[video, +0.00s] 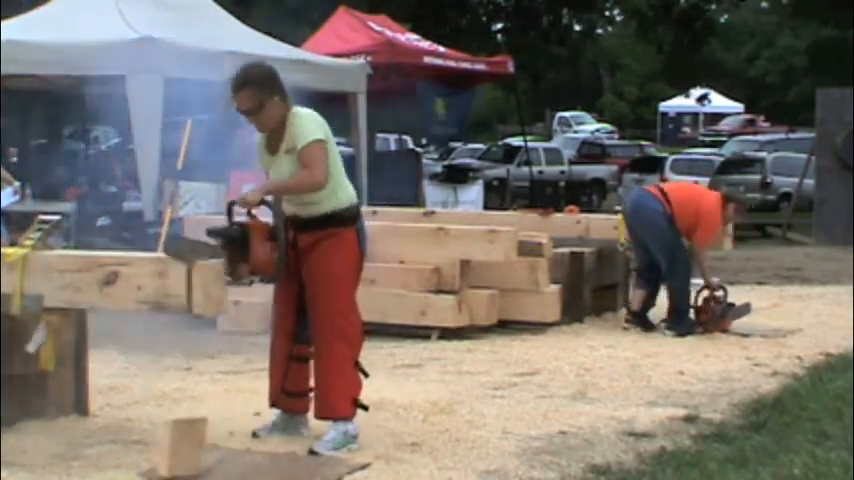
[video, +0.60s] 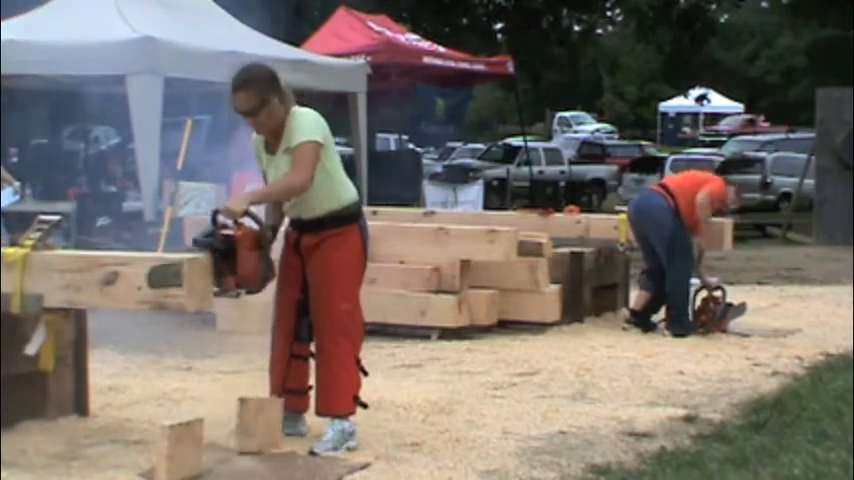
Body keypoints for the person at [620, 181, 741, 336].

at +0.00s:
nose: (733, 219)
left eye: (737, 215)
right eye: (735, 214)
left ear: (726, 203)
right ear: (730, 207)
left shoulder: (707, 197)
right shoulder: (714, 214)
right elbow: (697, 250)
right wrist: (708, 280)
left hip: (636, 200)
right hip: (654, 210)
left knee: (649, 266)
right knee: (678, 267)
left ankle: (636, 313)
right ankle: (678, 321)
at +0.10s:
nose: (731, 212)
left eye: (733, 208)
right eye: (732, 207)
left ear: (717, 192)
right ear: (726, 199)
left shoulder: (700, 192)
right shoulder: (714, 209)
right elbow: (700, 248)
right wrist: (706, 280)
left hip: (637, 210)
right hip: (658, 219)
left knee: (658, 269)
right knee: (690, 269)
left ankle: (637, 313)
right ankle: (680, 321)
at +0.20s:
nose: (729, 191)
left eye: (731, 188)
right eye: (730, 186)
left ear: (716, 171)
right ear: (727, 178)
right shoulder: (716, 182)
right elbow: (708, 219)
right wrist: (708, 253)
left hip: (641, 210)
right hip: (660, 214)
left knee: (665, 271)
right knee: (693, 271)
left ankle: (639, 313)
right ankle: (683, 323)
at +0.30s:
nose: (730, 190)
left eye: (732, 186)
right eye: (731, 183)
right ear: (726, 171)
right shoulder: (714, 163)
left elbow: (699, 247)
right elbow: (702, 177)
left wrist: (711, 276)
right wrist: (706, 216)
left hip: (645, 200)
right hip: (664, 204)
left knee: (662, 265)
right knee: (683, 263)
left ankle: (640, 313)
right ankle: (684, 321)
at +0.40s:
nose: (732, 196)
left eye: (734, 196)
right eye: (733, 190)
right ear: (730, 178)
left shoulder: (705, 206)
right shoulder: (715, 166)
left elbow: (695, 243)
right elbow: (694, 152)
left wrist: (704, 279)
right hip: (662, 201)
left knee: (661, 264)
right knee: (682, 263)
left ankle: (641, 312)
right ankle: (681, 319)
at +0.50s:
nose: (731, 202)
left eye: (735, 202)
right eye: (734, 195)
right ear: (731, 183)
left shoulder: (702, 211)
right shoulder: (717, 171)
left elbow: (693, 243)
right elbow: (695, 162)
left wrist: (704, 279)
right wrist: (712, 188)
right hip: (659, 204)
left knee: (659, 268)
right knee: (681, 265)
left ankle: (639, 313)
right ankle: (679, 323)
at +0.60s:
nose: (732, 204)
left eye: (736, 202)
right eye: (735, 198)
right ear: (731, 188)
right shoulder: (719, 184)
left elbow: (696, 242)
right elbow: (702, 198)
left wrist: (703, 278)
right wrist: (705, 233)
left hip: (641, 202)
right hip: (659, 207)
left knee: (657, 268)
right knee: (680, 265)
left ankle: (638, 313)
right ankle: (679, 323)